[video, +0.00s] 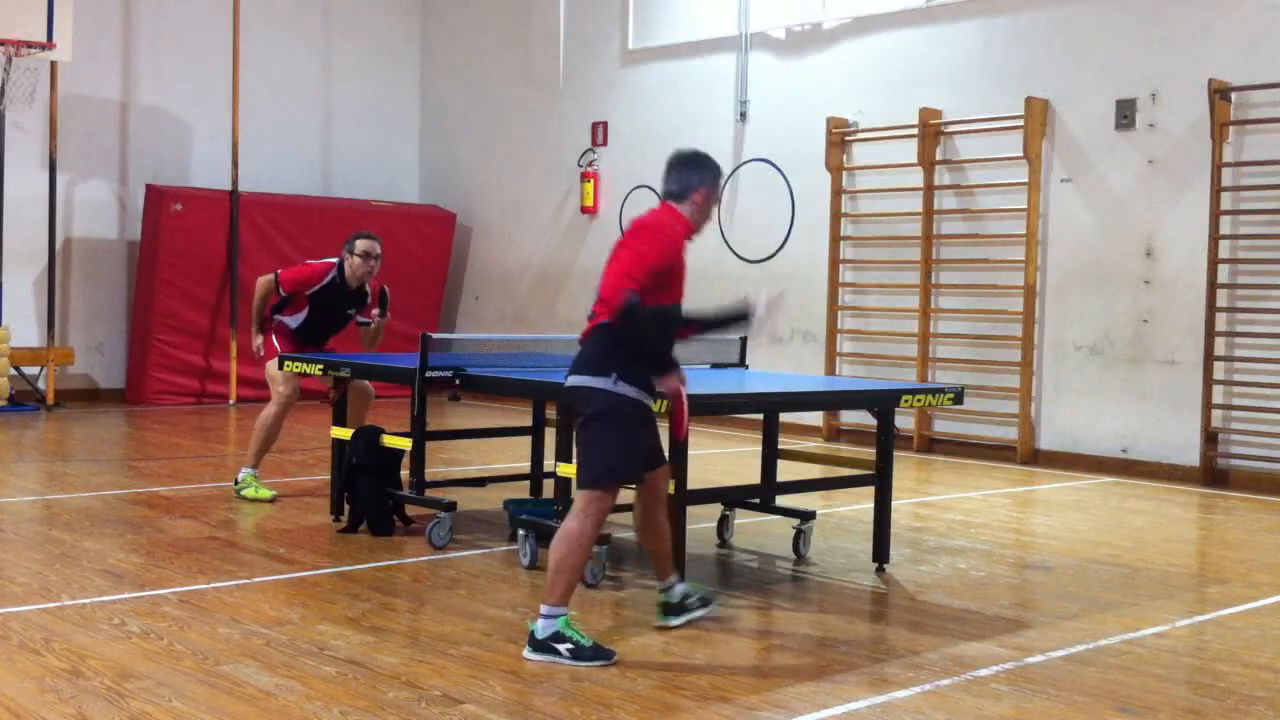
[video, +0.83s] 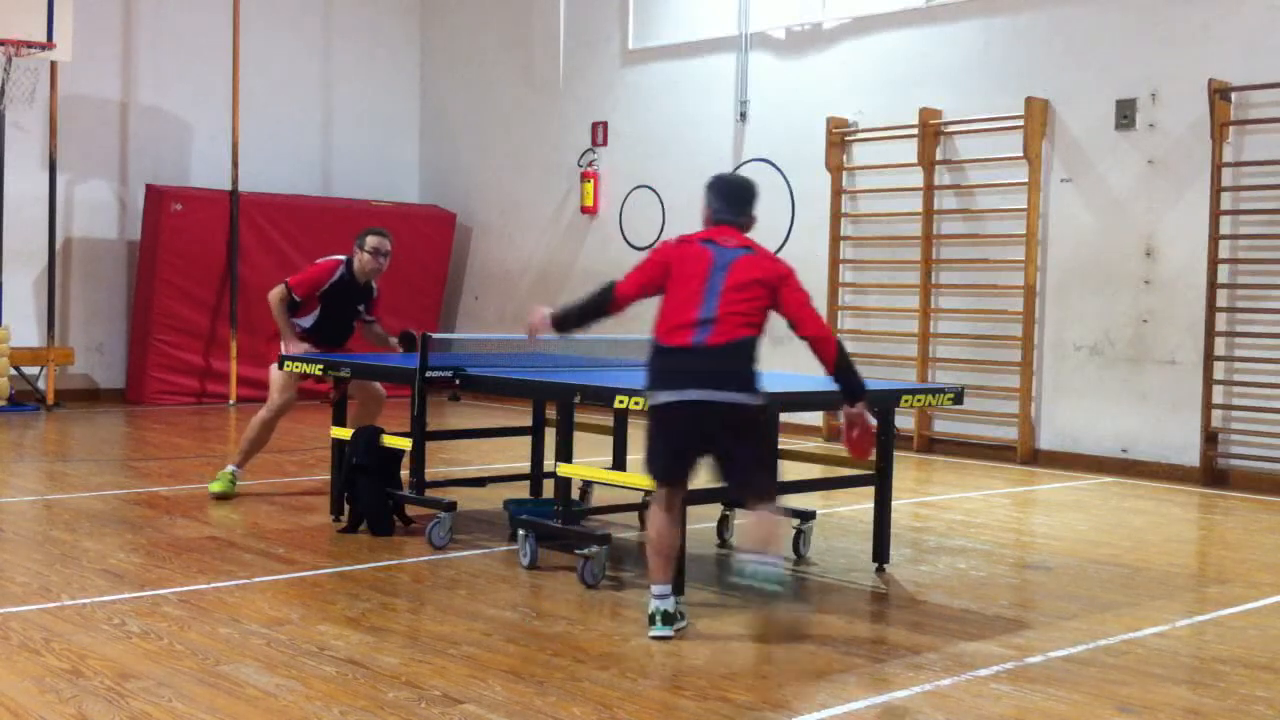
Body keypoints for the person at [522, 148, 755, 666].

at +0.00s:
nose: (715, 209)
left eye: (717, 199)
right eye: (716, 198)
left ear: (675, 190)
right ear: (702, 195)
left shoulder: (663, 232)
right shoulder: (660, 230)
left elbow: (656, 325)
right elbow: (617, 296)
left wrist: (736, 318)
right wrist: (659, 364)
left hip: (622, 387)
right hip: (605, 386)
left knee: (655, 479)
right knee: (592, 504)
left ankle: (673, 592)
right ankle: (547, 625)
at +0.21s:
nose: (709, 196)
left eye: (709, 186)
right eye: (707, 185)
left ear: (672, 180)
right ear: (690, 183)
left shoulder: (657, 228)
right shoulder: (640, 220)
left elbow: (675, 302)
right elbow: (608, 284)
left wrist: (736, 272)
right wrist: (672, 312)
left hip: (627, 388)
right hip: (601, 386)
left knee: (655, 479)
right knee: (588, 501)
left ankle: (649, 602)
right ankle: (547, 626)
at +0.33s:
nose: (718, 204)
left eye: (718, 194)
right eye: (718, 193)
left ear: (681, 183)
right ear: (702, 188)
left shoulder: (667, 230)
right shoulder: (653, 221)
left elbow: (667, 304)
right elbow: (633, 282)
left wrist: (722, 292)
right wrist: (713, 283)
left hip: (632, 389)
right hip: (604, 386)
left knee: (656, 480)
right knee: (595, 498)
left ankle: (649, 603)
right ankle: (547, 626)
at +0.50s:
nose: (735, 230)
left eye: (737, 221)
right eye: (737, 219)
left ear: (696, 202)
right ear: (724, 208)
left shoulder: (648, 235)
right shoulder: (696, 237)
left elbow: (590, 305)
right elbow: (716, 306)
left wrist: (654, 323)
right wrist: (784, 292)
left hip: (611, 387)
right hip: (620, 391)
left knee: (655, 480)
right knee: (612, 502)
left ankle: (663, 605)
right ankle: (549, 623)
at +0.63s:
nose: (740, 230)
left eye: (738, 223)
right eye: (741, 223)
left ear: (691, 215)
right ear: (732, 219)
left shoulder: (650, 247)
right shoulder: (735, 262)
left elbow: (586, 297)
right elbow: (768, 348)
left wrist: (629, 320)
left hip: (619, 379)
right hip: (660, 384)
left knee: (656, 496)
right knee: (637, 506)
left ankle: (662, 606)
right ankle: (553, 616)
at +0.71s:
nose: (730, 226)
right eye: (735, 220)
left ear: (688, 217)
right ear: (735, 220)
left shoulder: (657, 250)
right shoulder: (748, 266)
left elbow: (604, 286)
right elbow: (785, 334)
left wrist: (581, 299)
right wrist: (811, 388)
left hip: (638, 389)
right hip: (691, 392)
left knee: (652, 496)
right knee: (684, 508)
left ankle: (660, 604)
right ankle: (610, 586)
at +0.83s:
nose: (706, 213)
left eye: (707, 206)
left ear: (707, 210)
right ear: (751, 217)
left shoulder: (676, 252)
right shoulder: (769, 266)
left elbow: (615, 296)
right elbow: (817, 333)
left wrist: (557, 320)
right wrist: (855, 395)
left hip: (672, 396)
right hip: (732, 397)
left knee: (667, 495)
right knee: (760, 495)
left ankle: (661, 605)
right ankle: (758, 564)